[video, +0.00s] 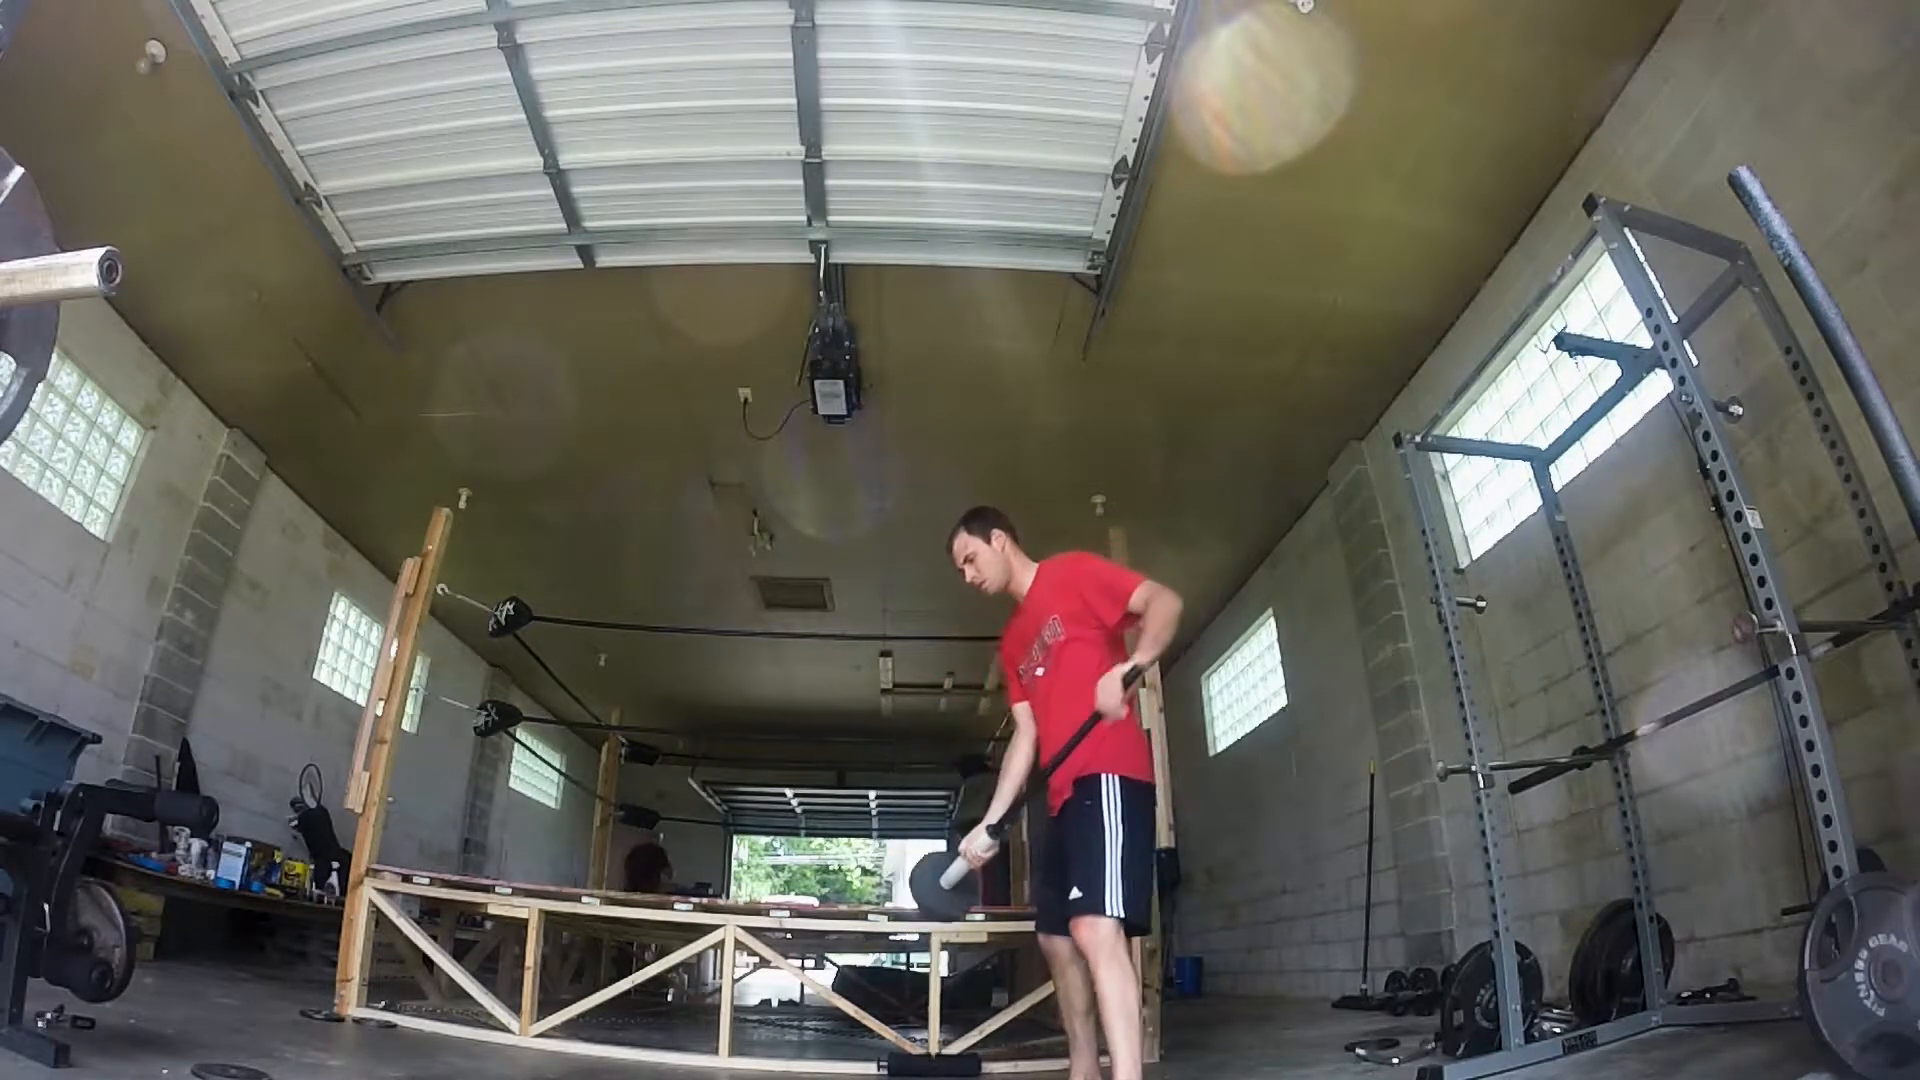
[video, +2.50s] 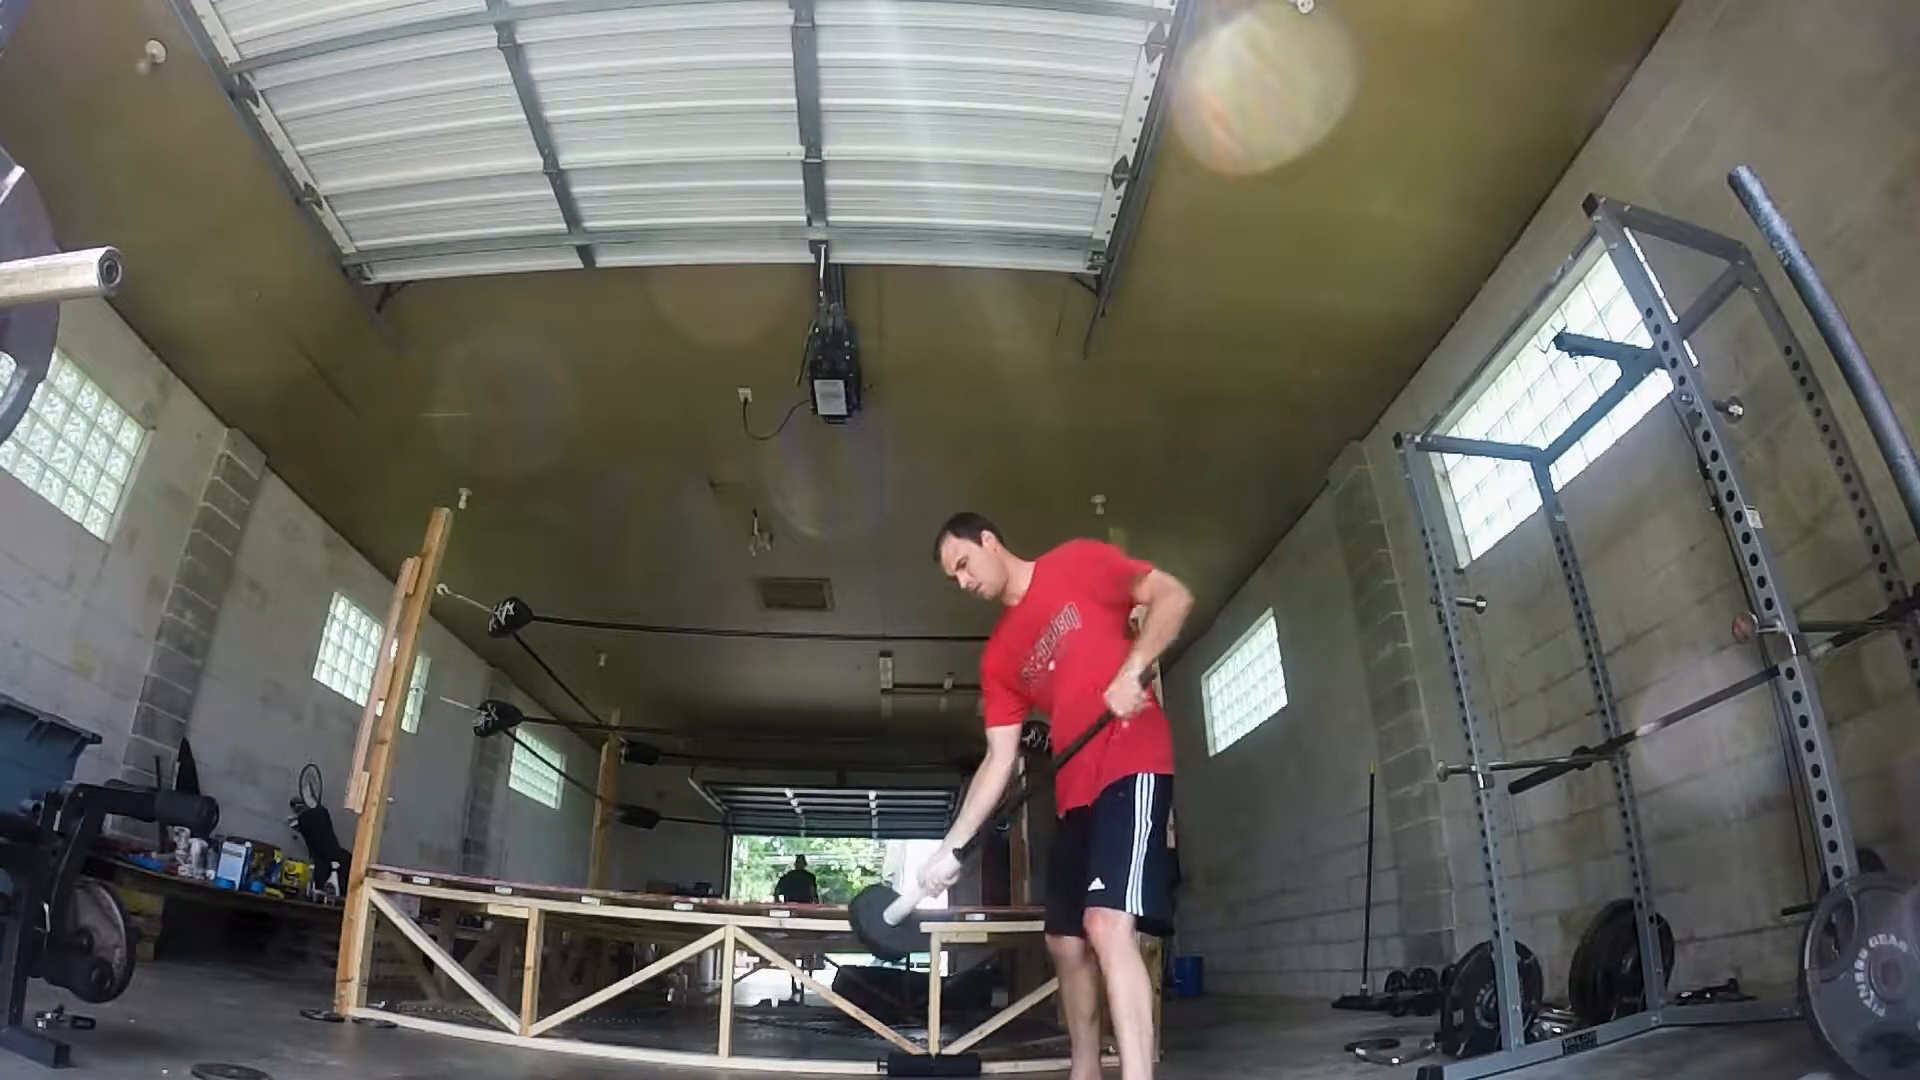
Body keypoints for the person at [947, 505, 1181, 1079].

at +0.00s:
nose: (968, 574)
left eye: (970, 558)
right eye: (961, 568)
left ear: (1002, 538)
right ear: (978, 563)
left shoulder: (1070, 570)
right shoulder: (1012, 641)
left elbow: (1164, 602)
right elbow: (1025, 734)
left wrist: (1132, 667)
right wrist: (989, 822)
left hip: (1109, 771)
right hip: (1061, 788)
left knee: (1095, 928)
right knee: (1055, 936)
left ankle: (1128, 1075)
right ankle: (1085, 1072)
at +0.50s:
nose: (956, 584)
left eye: (953, 569)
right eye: (950, 574)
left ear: (977, 546)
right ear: (998, 542)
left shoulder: (978, 604)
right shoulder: (1082, 583)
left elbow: (941, 701)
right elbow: (1111, 661)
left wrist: (934, 732)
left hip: (1056, 784)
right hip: (1112, 785)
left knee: (1044, 940)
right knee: (1086, 942)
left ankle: (1116, 1074)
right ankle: (1086, 1071)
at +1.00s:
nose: (958, 578)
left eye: (954, 566)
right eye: (954, 568)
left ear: (967, 550)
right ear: (1003, 540)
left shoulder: (963, 607)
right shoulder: (1074, 569)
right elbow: (1131, 536)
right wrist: (1110, 462)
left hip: (1035, 782)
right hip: (1096, 777)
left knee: (1041, 934)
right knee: (1083, 936)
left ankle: (1116, 1074)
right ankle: (1083, 1070)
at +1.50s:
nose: (951, 591)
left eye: (948, 578)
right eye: (947, 582)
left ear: (965, 559)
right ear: (995, 553)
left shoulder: (960, 614)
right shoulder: (1066, 581)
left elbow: (969, 665)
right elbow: (1112, 556)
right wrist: (1100, 481)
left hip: (1049, 778)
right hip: (1100, 773)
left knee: (1050, 934)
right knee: (1072, 936)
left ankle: (1117, 1075)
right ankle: (1083, 1072)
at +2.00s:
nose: (947, 588)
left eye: (945, 573)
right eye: (940, 581)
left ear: (972, 547)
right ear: (980, 551)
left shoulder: (981, 595)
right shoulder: (1052, 585)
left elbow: (954, 710)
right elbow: (1078, 675)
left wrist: (944, 740)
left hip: (1068, 768)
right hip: (1101, 765)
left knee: (1068, 931)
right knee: (1074, 934)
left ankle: (1124, 1074)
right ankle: (1086, 1073)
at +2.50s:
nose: (963, 581)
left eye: (963, 563)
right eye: (954, 576)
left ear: (990, 540)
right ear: (960, 578)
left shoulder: (1075, 562)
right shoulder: (1000, 653)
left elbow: (1174, 596)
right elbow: (999, 758)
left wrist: (1132, 668)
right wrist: (951, 848)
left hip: (1133, 764)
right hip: (1078, 791)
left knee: (1108, 924)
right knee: (1065, 939)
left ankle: (1138, 1075)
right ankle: (1087, 1073)